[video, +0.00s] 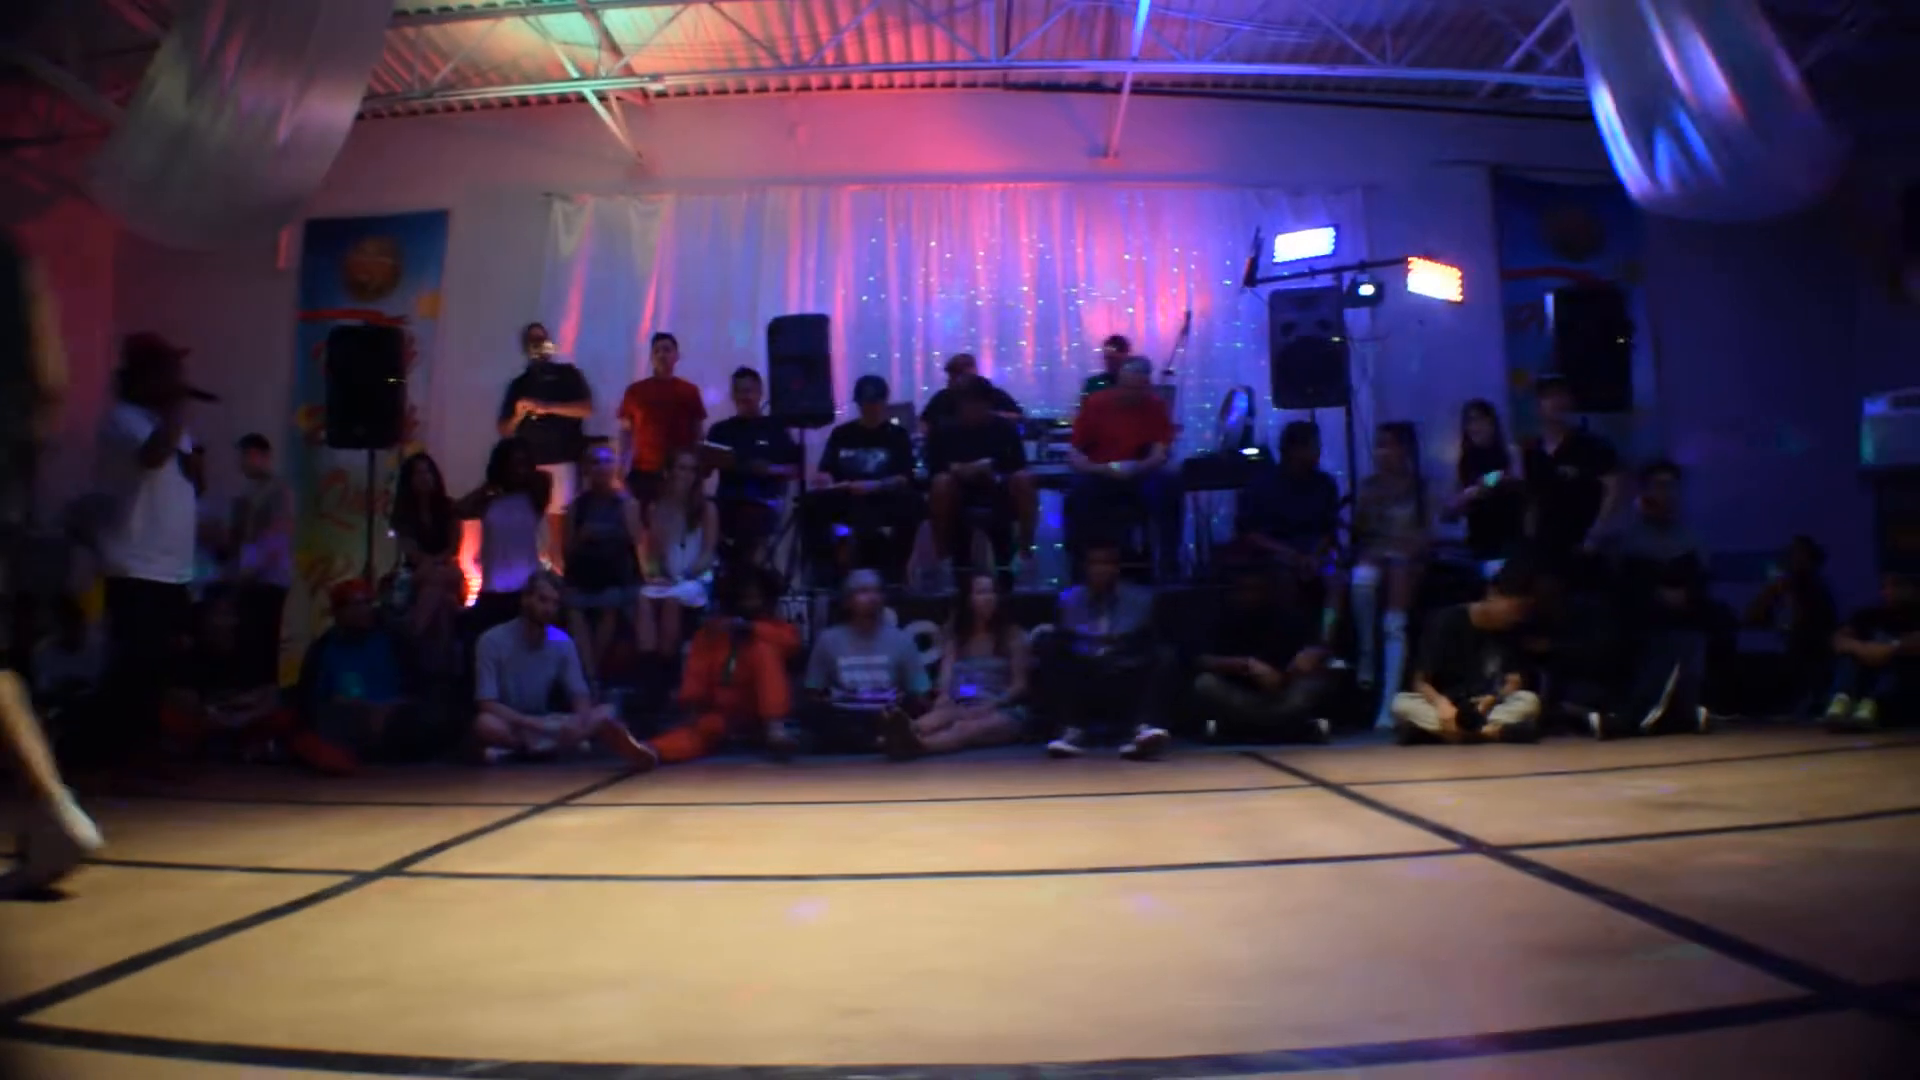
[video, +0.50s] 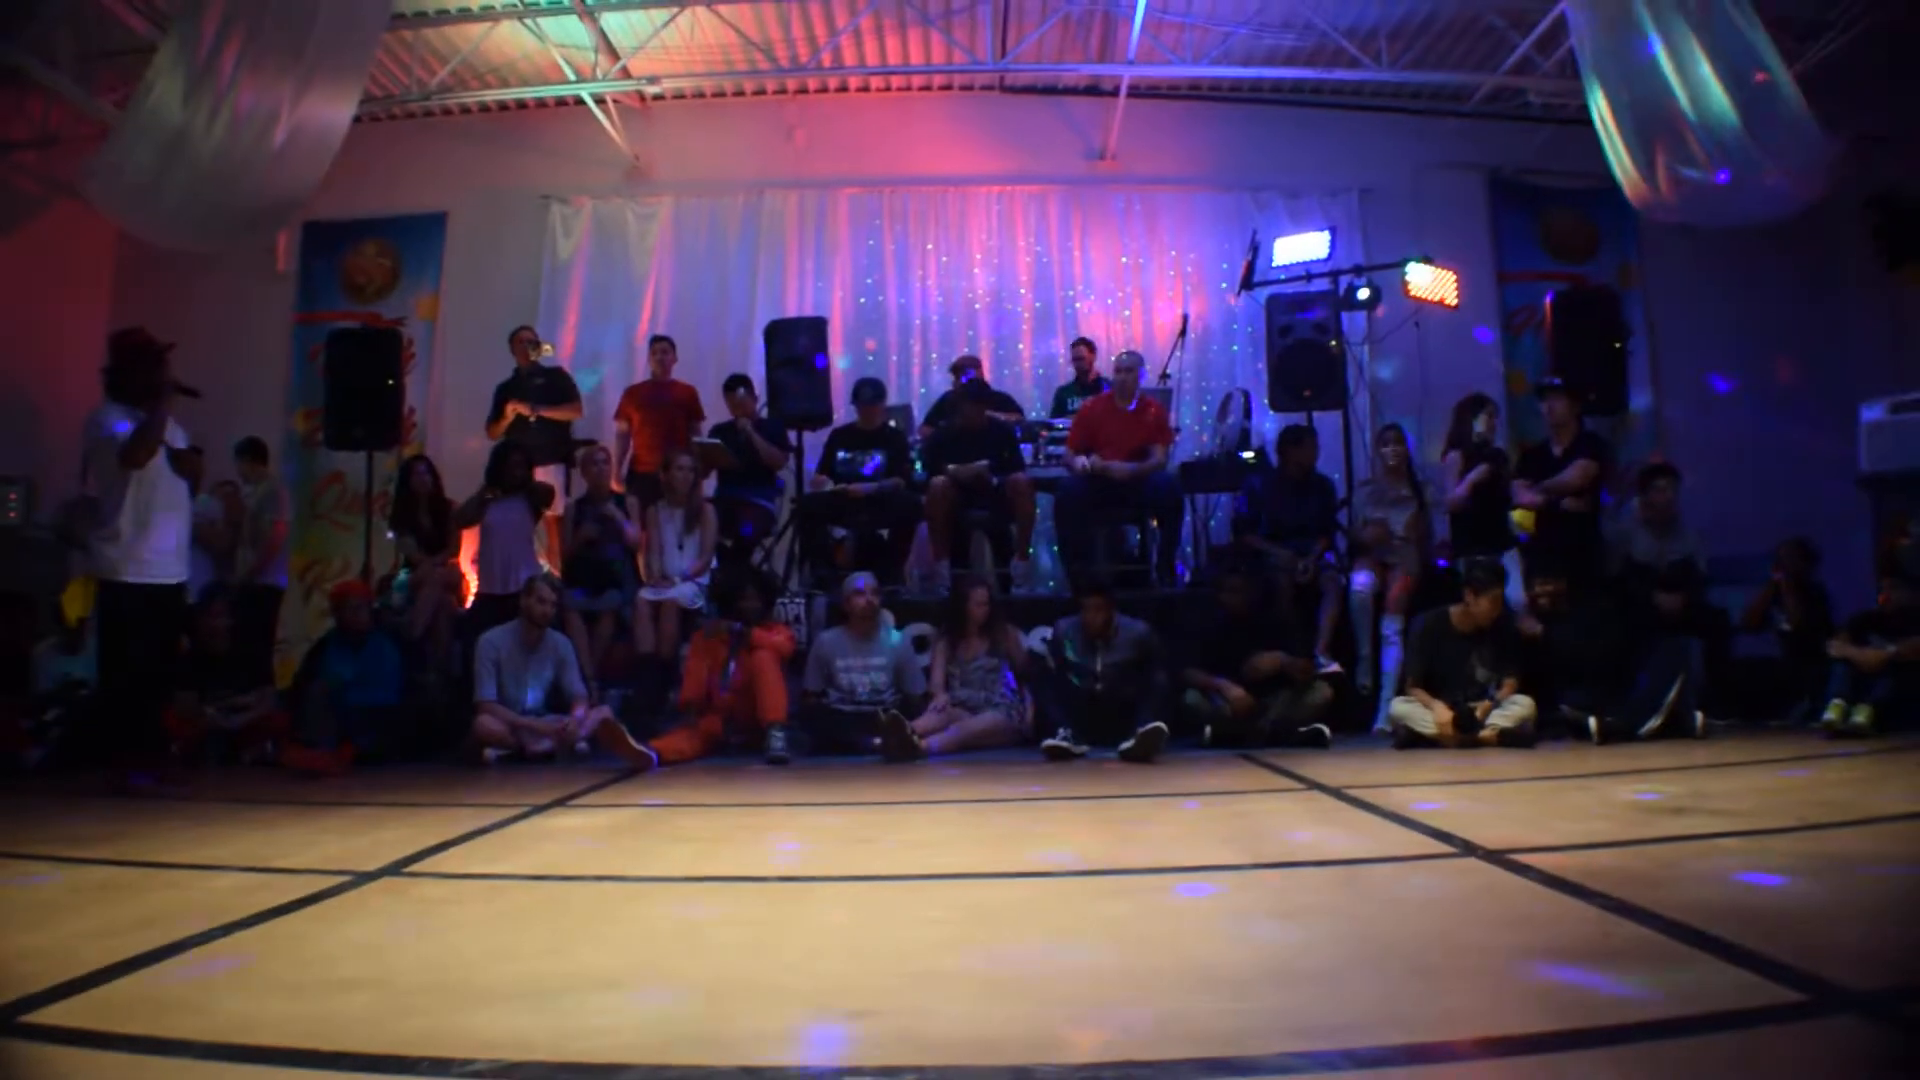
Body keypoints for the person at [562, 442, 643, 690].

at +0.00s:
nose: (602, 469)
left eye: (607, 462)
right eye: (596, 462)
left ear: (615, 467)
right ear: (587, 468)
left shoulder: (626, 504)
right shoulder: (577, 506)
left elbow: (636, 539)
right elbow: (568, 545)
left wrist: (642, 572)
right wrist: (569, 572)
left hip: (617, 575)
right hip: (582, 575)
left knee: (610, 613)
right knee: (575, 614)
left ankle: (596, 671)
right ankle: (589, 677)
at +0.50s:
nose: (601, 469)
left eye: (606, 463)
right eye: (595, 464)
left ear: (612, 468)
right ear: (583, 471)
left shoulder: (627, 502)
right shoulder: (574, 507)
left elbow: (635, 540)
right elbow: (567, 551)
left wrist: (617, 517)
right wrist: (580, 537)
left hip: (617, 575)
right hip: (582, 576)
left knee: (608, 607)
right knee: (571, 608)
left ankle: (593, 675)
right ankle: (589, 680)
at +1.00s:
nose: (627, 468)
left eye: (631, 462)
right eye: (620, 462)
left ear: (638, 467)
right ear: (610, 470)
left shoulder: (653, 501)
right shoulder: (602, 505)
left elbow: (661, 542)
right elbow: (594, 544)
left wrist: (637, 532)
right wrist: (610, 524)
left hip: (642, 573)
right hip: (608, 574)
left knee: (633, 605)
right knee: (597, 607)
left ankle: (618, 672)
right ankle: (615, 676)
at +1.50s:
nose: (622, 469)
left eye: (628, 464)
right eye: (616, 465)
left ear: (636, 469)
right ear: (608, 471)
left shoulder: (653, 503)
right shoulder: (599, 506)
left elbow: (660, 546)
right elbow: (593, 543)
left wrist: (639, 539)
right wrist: (607, 521)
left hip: (639, 574)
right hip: (606, 574)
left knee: (634, 606)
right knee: (595, 608)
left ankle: (617, 673)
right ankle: (613, 679)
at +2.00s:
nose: (618, 471)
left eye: (622, 465)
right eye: (611, 467)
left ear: (630, 470)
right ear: (603, 474)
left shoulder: (646, 505)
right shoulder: (596, 506)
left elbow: (657, 548)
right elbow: (588, 542)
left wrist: (634, 548)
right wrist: (595, 494)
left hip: (634, 575)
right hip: (602, 574)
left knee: (629, 609)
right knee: (591, 610)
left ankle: (610, 674)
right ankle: (608, 680)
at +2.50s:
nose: (611, 470)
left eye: (617, 465)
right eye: (608, 466)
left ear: (630, 472)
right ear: (603, 473)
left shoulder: (647, 505)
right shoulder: (596, 504)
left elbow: (656, 551)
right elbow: (589, 533)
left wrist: (630, 564)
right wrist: (598, 495)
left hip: (633, 575)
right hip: (600, 573)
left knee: (628, 609)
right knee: (590, 610)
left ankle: (610, 671)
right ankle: (607, 677)